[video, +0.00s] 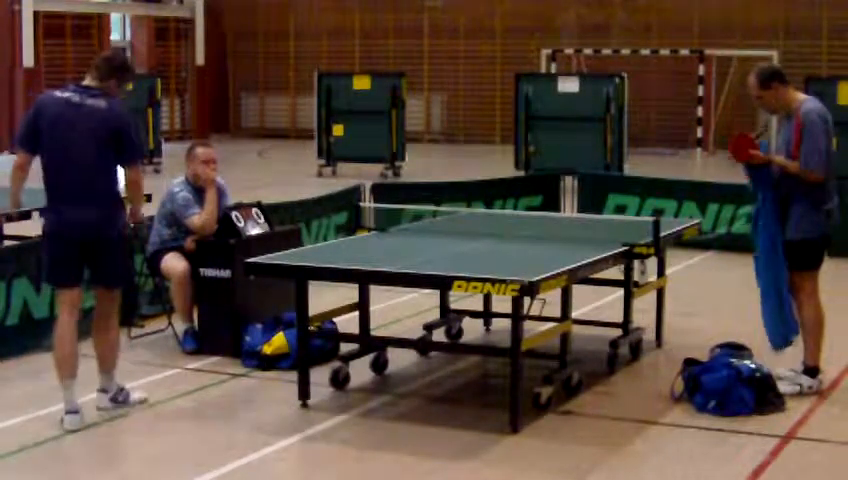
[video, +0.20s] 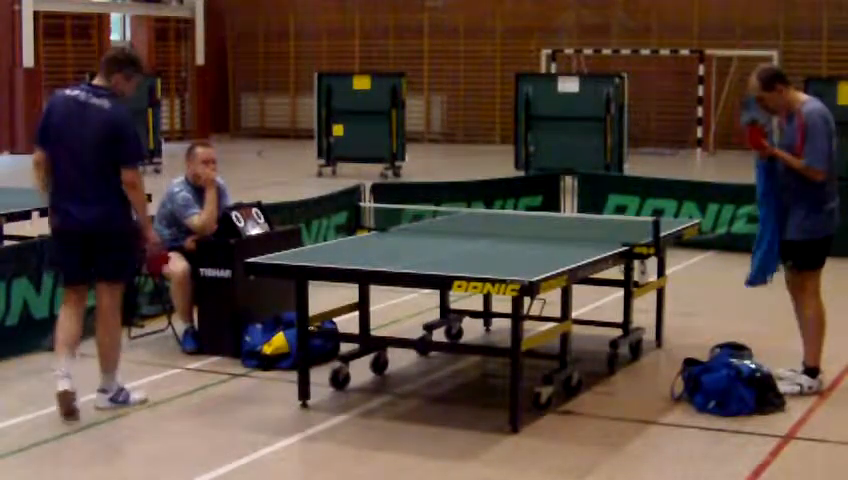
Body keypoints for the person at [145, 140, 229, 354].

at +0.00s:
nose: (212, 168)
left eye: (214, 163)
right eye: (206, 163)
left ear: (217, 164)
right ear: (190, 166)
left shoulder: (218, 187)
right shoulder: (179, 192)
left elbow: (224, 223)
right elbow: (205, 226)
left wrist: (197, 237)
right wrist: (211, 189)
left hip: (199, 241)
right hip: (166, 244)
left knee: (226, 262)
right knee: (181, 269)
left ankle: (221, 320)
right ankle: (188, 327)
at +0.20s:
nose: (212, 168)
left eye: (214, 163)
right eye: (206, 163)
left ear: (217, 164)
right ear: (190, 166)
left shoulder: (218, 187)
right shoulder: (178, 191)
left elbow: (225, 221)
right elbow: (205, 226)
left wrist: (198, 236)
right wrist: (211, 189)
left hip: (200, 242)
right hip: (167, 246)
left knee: (229, 262)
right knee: (181, 270)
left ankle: (226, 322)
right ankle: (189, 327)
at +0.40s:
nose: (212, 168)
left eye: (214, 163)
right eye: (206, 163)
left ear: (217, 164)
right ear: (190, 166)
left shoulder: (218, 187)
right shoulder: (178, 191)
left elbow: (225, 221)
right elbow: (204, 226)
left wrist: (199, 236)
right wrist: (211, 189)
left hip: (201, 241)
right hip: (170, 245)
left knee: (229, 262)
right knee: (182, 270)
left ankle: (226, 321)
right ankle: (188, 327)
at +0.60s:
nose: (212, 168)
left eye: (214, 163)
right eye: (206, 163)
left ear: (217, 164)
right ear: (190, 166)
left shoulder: (218, 187)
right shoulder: (178, 190)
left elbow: (225, 221)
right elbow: (204, 226)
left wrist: (198, 236)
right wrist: (211, 189)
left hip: (200, 239)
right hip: (168, 241)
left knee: (228, 262)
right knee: (182, 270)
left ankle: (226, 321)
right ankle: (188, 327)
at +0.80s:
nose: (211, 168)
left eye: (213, 163)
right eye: (205, 163)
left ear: (216, 165)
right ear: (189, 166)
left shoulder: (217, 187)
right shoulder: (178, 192)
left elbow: (226, 222)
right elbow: (205, 226)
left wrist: (198, 237)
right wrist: (211, 189)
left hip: (201, 240)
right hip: (169, 243)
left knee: (229, 261)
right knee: (181, 270)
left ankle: (225, 321)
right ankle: (188, 327)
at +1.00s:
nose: (212, 168)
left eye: (214, 163)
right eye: (205, 163)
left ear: (217, 164)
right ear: (190, 166)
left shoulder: (217, 187)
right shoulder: (178, 192)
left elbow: (224, 223)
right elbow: (204, 227)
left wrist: (197, 238)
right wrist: (211, 189)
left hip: (199, 241)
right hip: (166, 245)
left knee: (227, 262)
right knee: (181, 270)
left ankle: (223, 321)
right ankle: (189, 328)